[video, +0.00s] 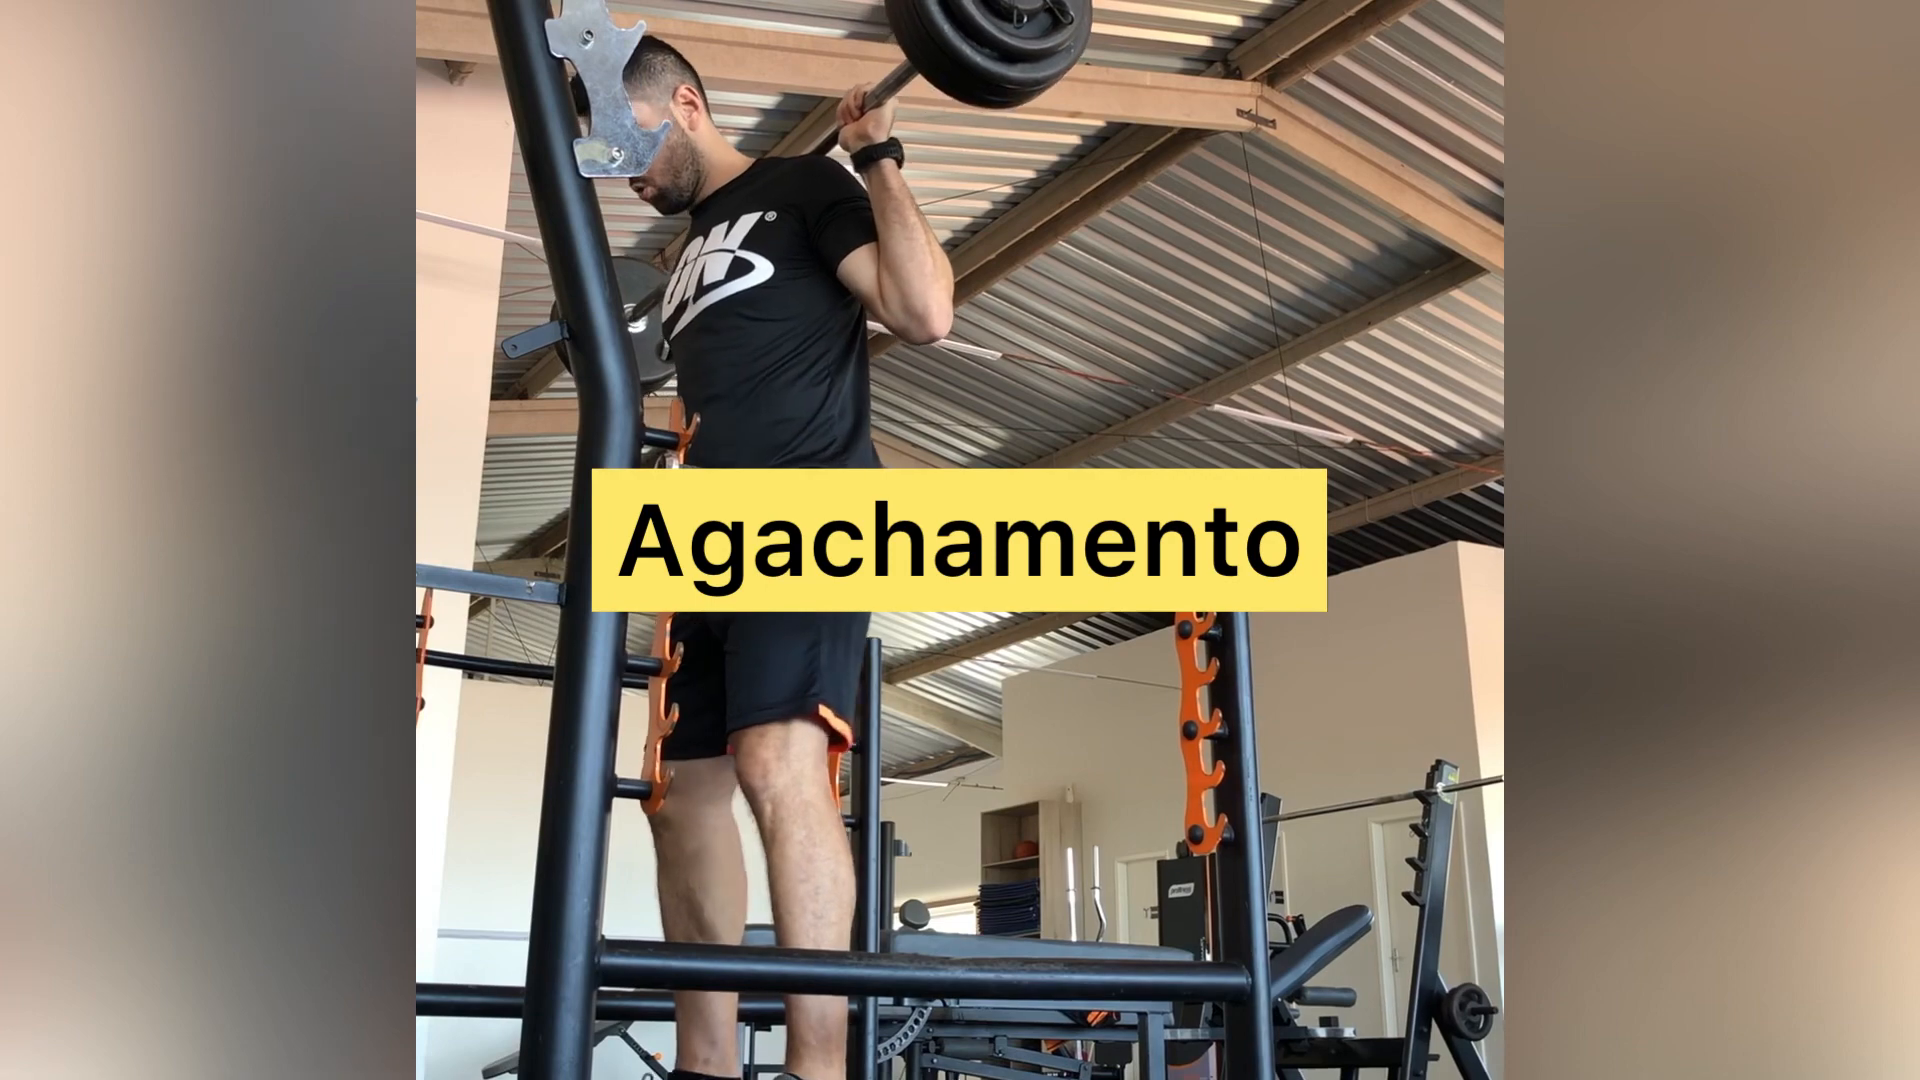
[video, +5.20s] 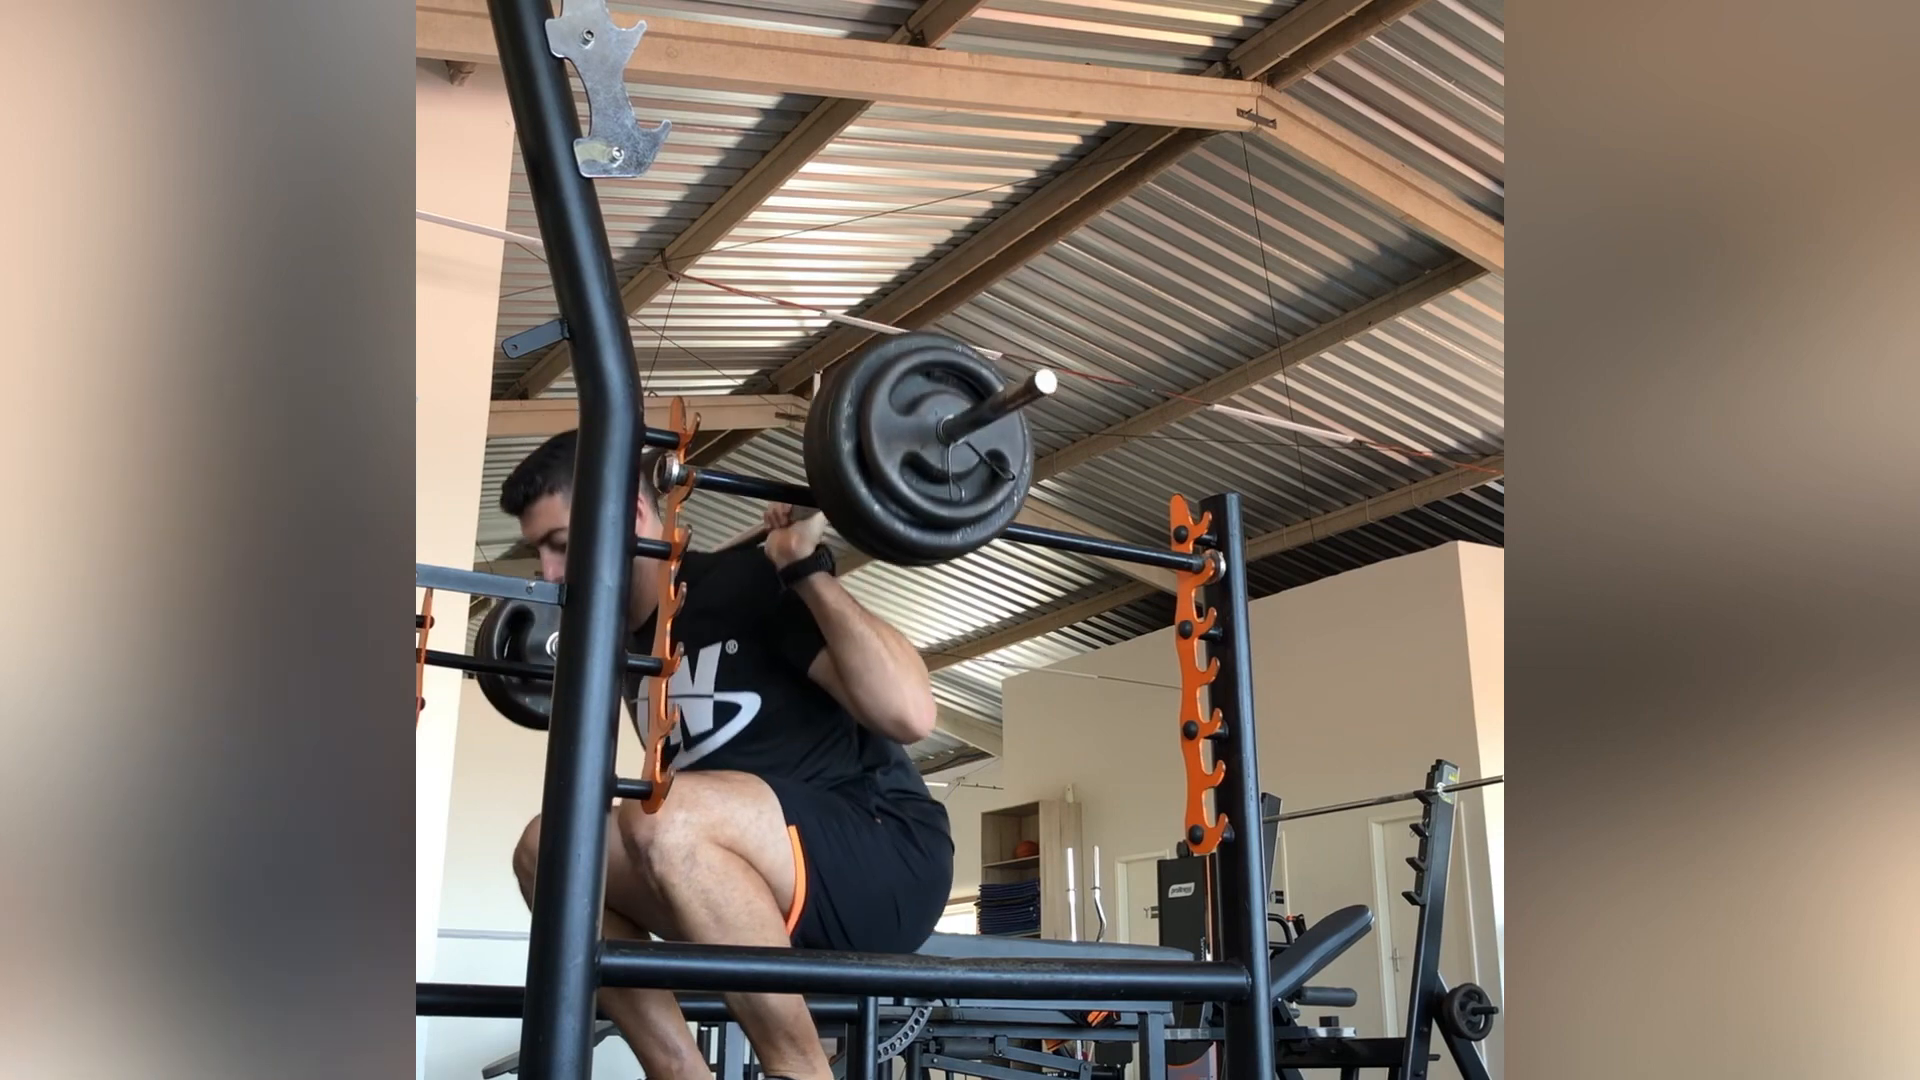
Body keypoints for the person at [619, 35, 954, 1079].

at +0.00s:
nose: (631, 172)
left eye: (635, 144)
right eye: (618, 154)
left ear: (690, 106)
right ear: (662, 124)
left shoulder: (806, 183)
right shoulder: (686, 258)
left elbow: (928, 312)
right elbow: (704, 420)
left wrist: (880, 161)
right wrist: (672, 573)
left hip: (808, 522)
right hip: (713, 537)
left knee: (779, 758)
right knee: (686, 786)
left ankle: (822, 1062)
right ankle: (708, 1063)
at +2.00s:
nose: (630, 182)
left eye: (635, 152)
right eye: (615, 165)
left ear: (684, 112)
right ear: (643, 139)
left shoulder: (799, 192)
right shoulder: (685, 257)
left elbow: (917, 316)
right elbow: (714, 406)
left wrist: (866, 170)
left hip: (809, 512)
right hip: (726, 529)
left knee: (769, 755)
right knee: (687, 788)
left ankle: (825, 1063)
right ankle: (709, 1067)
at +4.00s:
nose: (601, 200)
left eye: (611, 170)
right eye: (588, 180)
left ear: (674, 145)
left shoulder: (790, 218)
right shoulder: (670, 303)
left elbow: (919, 344)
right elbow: (698, 433)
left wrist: (855, 197)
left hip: (849, 538)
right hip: (752, 560)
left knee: (760, 756)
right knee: (659, 793)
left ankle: (822, 1066)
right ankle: (697, 1067)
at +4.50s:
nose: (590, 348)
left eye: (597, 321)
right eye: (577, 329)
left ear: (653, 305)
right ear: (641, 314)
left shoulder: (773, 376)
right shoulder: (645, 447)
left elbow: (911, 503)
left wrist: (832, 360)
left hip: (876, 668)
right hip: (766, 691)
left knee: (697, 793)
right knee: (576, 825)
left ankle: (817, 1069)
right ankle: (686, 1074)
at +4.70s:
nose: (571, 446)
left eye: (582, 415)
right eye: (557, 428)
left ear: (648, 388)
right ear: (550, 430)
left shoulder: (764, 450)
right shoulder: (637, 519)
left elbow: (911, 586)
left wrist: (824, 443)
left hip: (884, 728)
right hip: (772, 756)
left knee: (687, 799)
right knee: (556, 839)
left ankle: (815, 1071)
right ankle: (684, 1074)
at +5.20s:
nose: (548, 573)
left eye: (560, 542)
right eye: (537, 552)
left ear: (638, 514)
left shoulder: (749, 578)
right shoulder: (623, 643)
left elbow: (911, 714)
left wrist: (809, 570)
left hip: (886, 853)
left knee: (667, 818)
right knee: (547, 848)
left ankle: (802, 1071)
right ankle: (681, 1073)